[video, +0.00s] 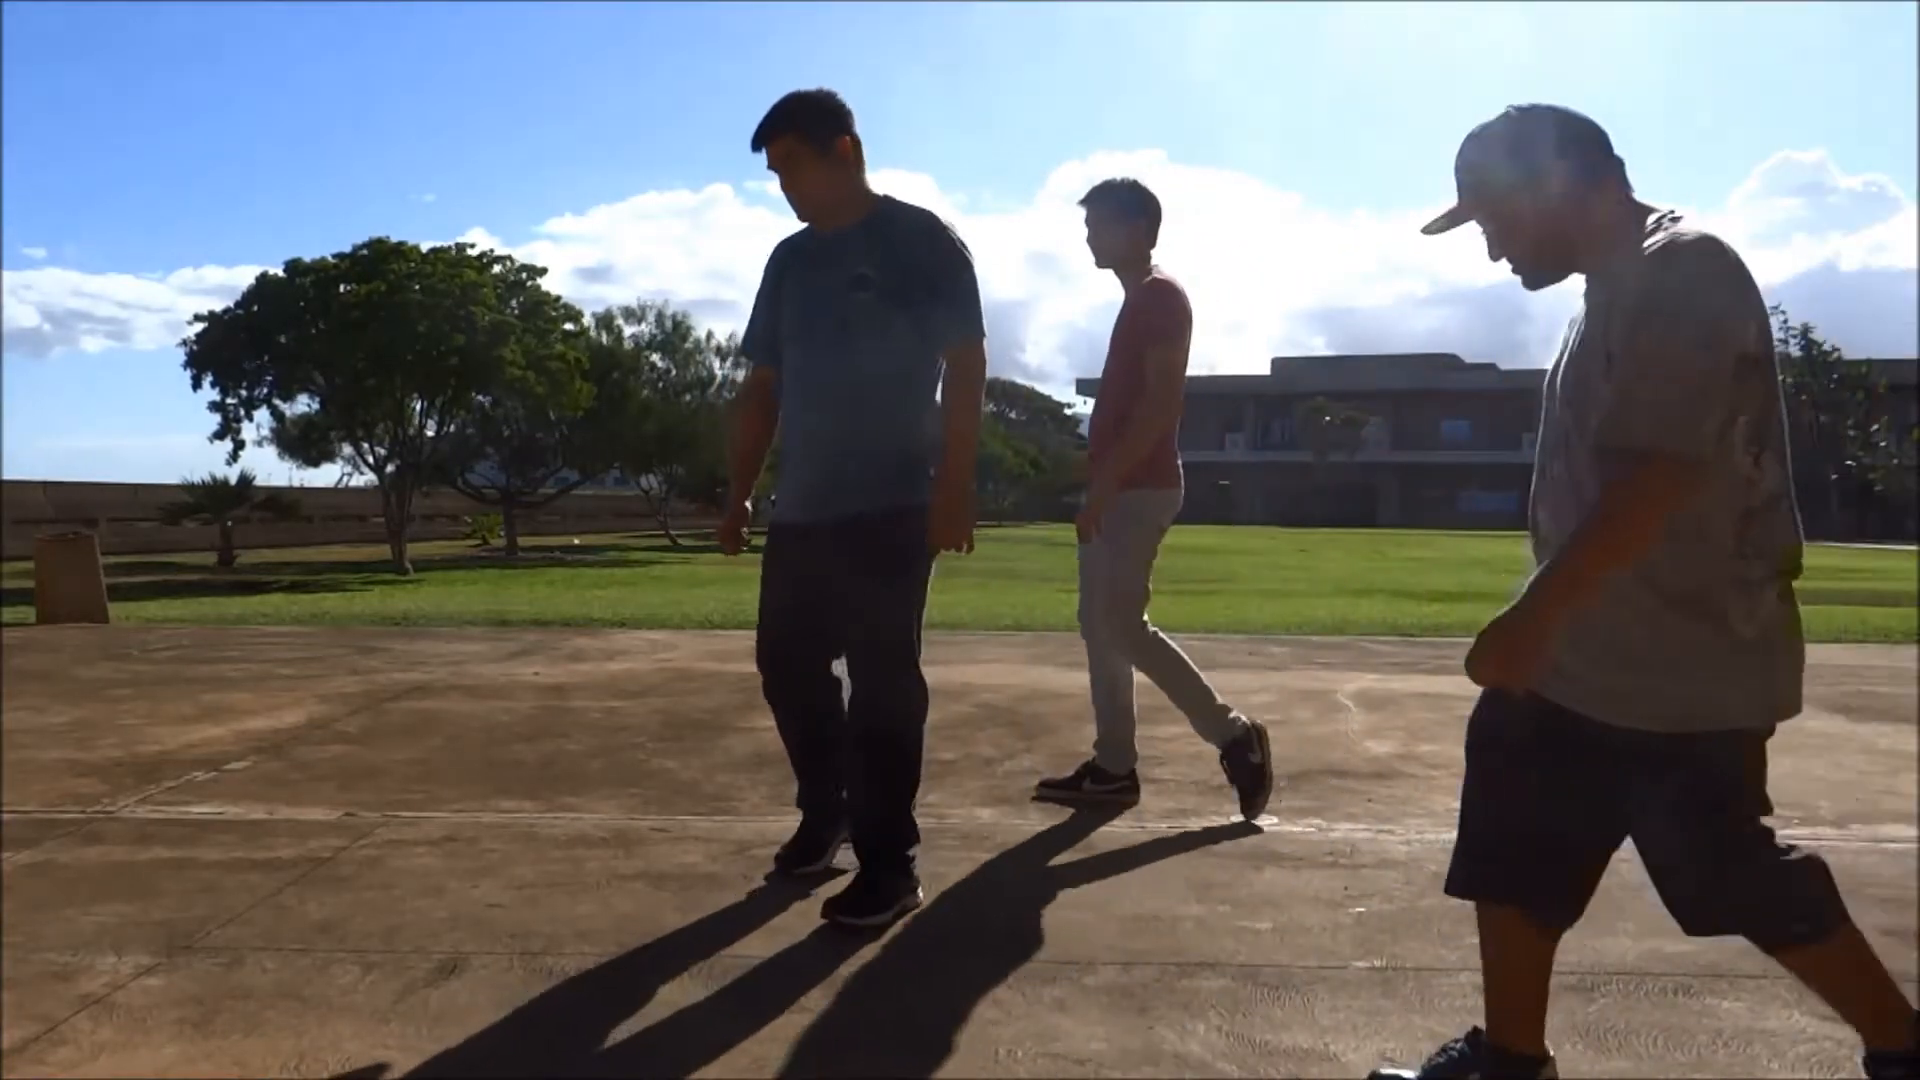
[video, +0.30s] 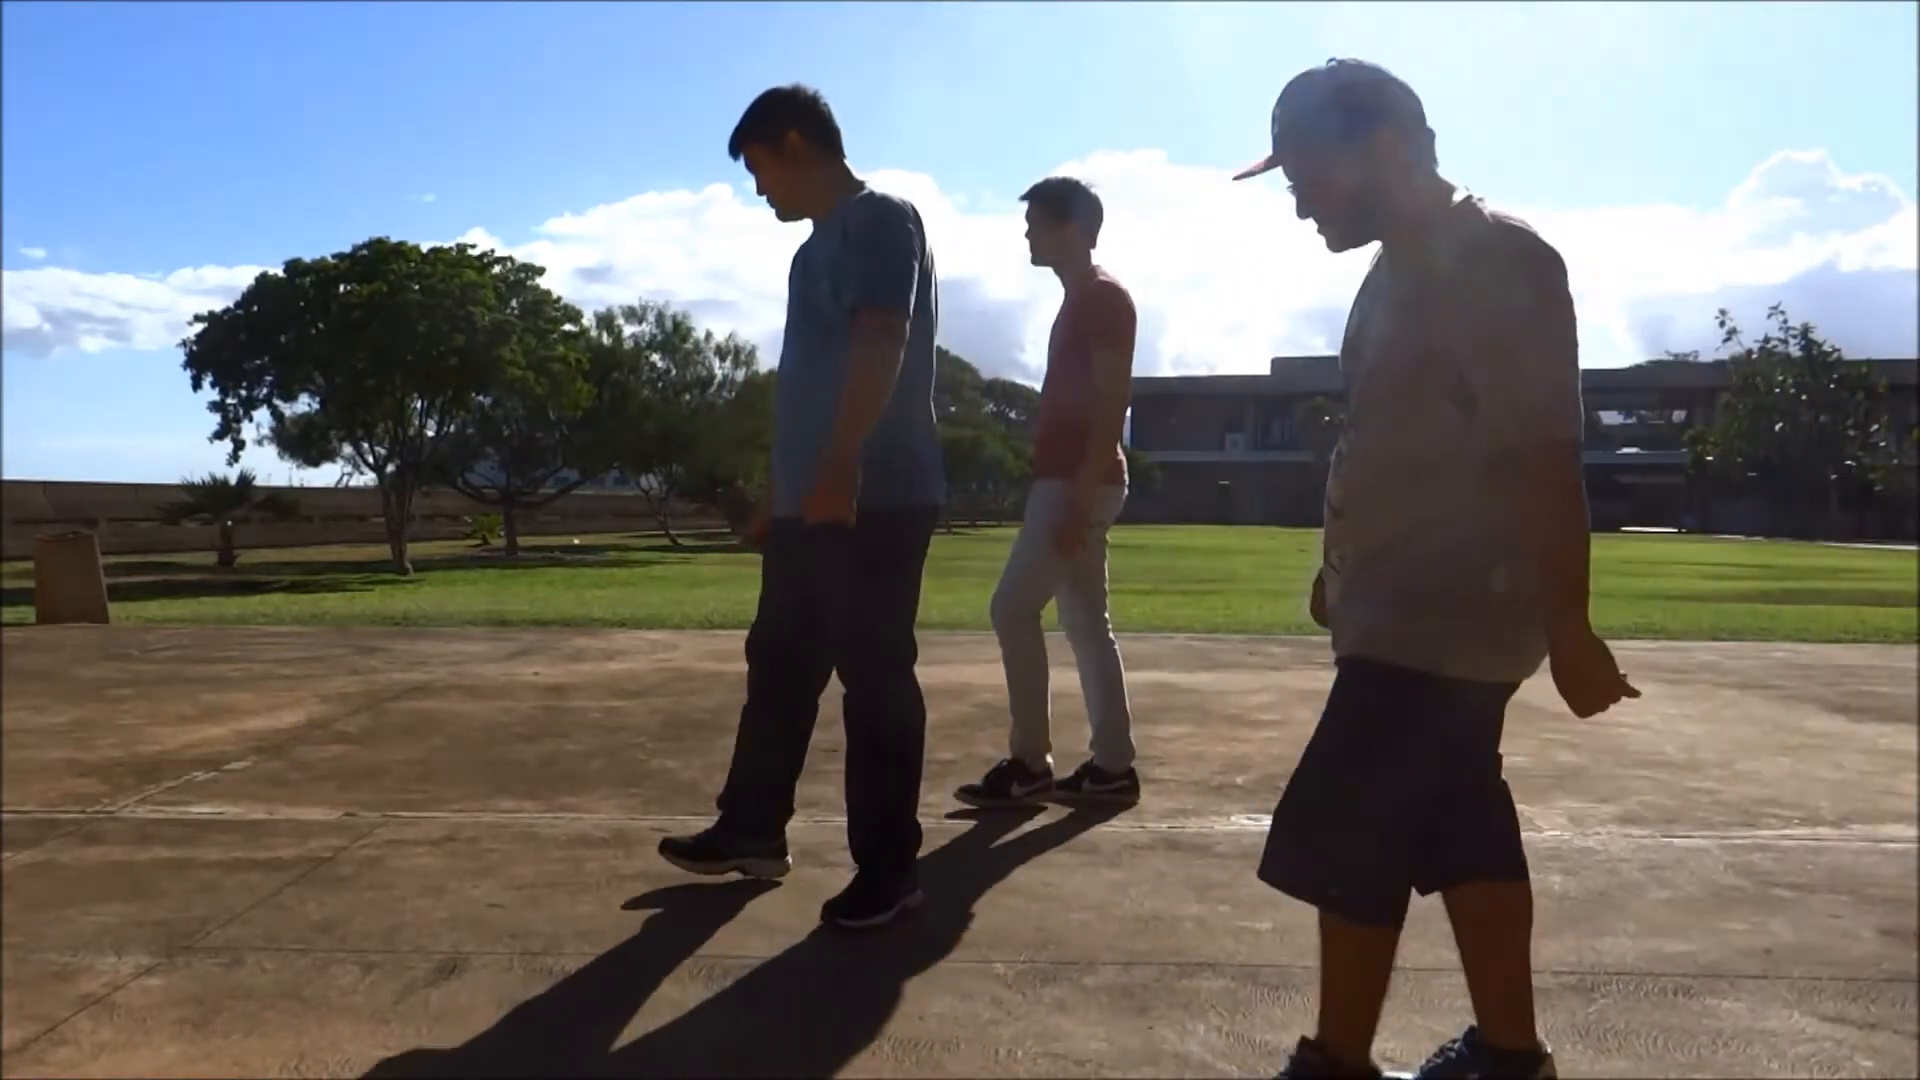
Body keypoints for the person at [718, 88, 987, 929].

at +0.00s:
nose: (784, 189)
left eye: (792, 170)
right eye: (777, 176)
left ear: (844, 150)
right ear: (792, 171)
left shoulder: (922, 237)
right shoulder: (790, 258)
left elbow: (967, 366)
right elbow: (761, 388)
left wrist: (954, 484)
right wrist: (738, 492)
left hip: (890, 502)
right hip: (801, 507)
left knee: (882, 674)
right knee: (786, 663)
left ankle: (888, 863)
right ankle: (827, 809)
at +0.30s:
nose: (760, 191)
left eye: (759, 170)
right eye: (753, 175)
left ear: (798, 147)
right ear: (797, 152)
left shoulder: (881, 219)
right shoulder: (812, 252)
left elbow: (880, 348)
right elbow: (809, 386)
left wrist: (840, 462)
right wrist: (778, 493)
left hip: (876, 499)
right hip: (814, 502)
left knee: (878, 676)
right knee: (780, 662)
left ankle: (887, 871)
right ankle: (750, 829)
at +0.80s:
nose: (686, 208)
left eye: (683, 187)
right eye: (678, 193)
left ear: (714, 161)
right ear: (734, 160)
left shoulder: (773, 221)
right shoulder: (794, 231)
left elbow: (746, 355)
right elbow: (806, 371)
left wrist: (681, 468)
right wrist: (724, 475)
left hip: (792, 500)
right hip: (765, 503)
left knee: (813, 669)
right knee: (735, 667)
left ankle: (876, 860)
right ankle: (727, 841)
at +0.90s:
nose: (666, 208)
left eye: (663, 189)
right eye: (659, 194)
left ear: (695, 164)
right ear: (717, 163)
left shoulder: (749, 223)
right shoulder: (777, 230)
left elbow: (729, 356)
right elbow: (800, 372)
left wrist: (667, 470)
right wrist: (714, 476)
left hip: (761, 496)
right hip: (759, 494)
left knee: (779, 669)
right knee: (726, 665)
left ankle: (867, 853)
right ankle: (727, 841)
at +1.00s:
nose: (651, 213)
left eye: (648, 193)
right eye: (644, 198)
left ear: (679, 166)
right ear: (697, 164)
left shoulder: (731, 227)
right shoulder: (764, 232)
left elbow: (710, 362)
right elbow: (786, 372)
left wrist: (652, 472)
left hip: (738, 491)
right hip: (765, 486)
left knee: (726, 657)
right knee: (734, 656)